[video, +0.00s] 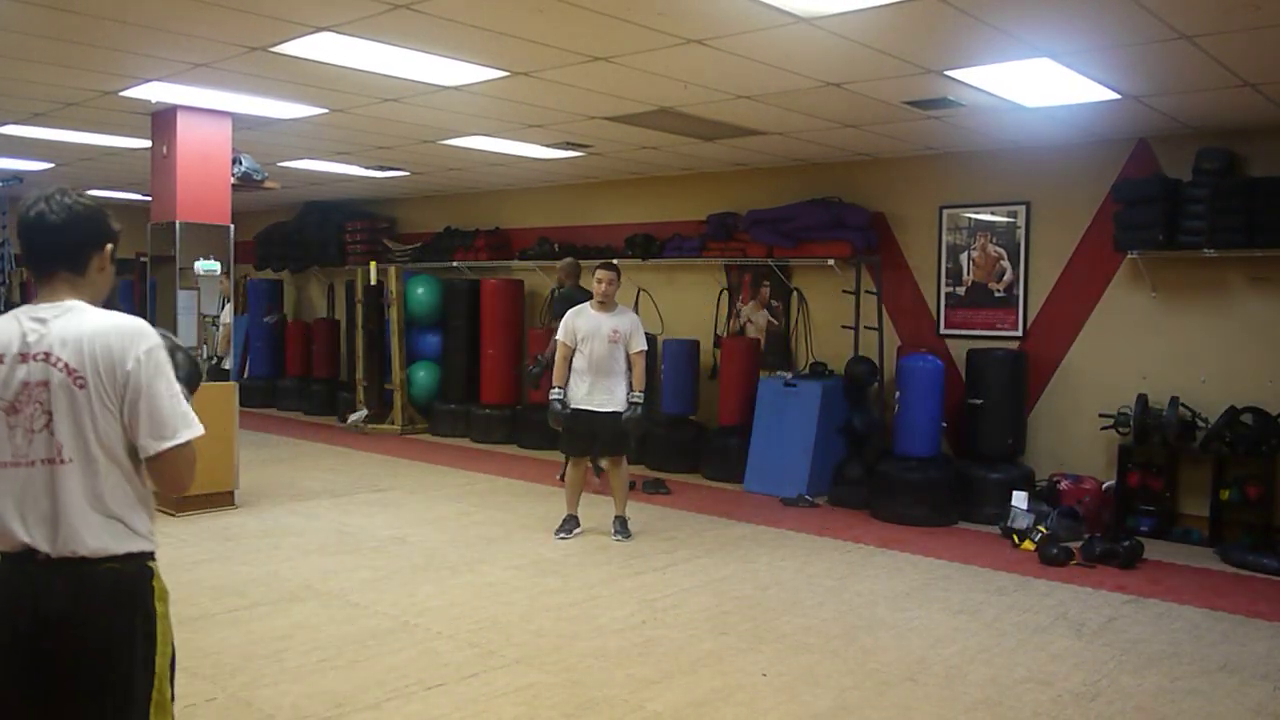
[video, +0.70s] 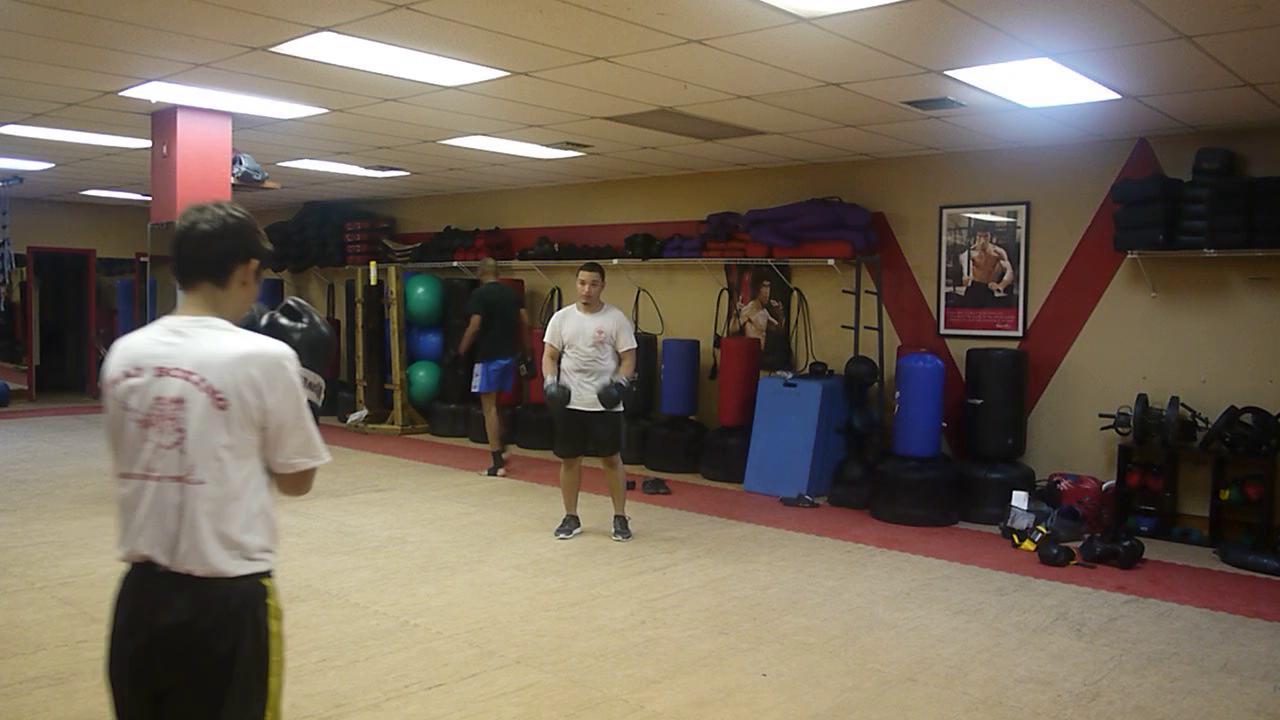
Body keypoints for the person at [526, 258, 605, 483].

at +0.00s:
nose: (556, 277)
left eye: (558, 273)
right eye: (558, 273)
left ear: (564, 275)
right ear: (578, 275)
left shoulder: (560, 297)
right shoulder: (587, 297)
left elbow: (559, 335)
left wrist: (542, 360)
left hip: (568, 361)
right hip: (587, 360)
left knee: (570, 415)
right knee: (586, 414)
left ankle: (570, 464)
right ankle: (595, 460)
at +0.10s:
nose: (547, 274)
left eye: (548, 271)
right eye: (548, 271)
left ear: (552, 273)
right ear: (568, 273)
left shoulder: (552, 296)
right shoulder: (581, 295)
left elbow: (551, 328)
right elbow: (585, 329)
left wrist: (541, 358)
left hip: (555, 361)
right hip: (577, 360)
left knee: (538, 411)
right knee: (569, 412)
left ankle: (565, 445)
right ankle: (569, 464)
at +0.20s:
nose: (536, 275)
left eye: (537, 272)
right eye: (537, 272)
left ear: (541, 273)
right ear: (557, 272)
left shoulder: (543, 295)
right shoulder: (572, 294)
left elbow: (545, 328)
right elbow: (576, 329)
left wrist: (535, 358)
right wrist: (573, 355)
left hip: (545, 361)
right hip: (567, 360)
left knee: (523, 407)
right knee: (564, 409)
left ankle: (536, 448)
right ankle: (568, 460)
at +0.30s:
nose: (524, 277)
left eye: (526, 273)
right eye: (526, 273)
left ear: (530, 275)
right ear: (544, 274)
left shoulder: (530, 296)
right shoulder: (558, 294)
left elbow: (532, 332)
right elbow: (569, 325)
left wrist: (524, 363)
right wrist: (567, 356)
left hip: (534, 366)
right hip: (557, 365)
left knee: (514, 408)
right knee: (558, 413)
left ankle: (507, 461)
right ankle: (567, 463)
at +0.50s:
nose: (497, 281)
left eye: (498, 277)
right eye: (498, 277)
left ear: (503, 278)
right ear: (517, 276)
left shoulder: (502, 299)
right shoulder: (533, 295)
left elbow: (501, 331)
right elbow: (548, 324)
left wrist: (494, 360)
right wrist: (544, 349)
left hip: (508, 361)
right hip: (532, 359)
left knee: (496, 408)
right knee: (526, 407)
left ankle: (498, 464)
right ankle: (549, 449)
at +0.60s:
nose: (489, 277)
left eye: (489, 274)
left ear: (490, 274)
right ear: (507, 272)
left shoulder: (490, 295)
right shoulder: (521, 293)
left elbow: (487, 325)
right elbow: (535, 320)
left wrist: (478, 350)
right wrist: (534, 345)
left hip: (496, 358)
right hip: (518, 356)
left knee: (493, 408)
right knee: (509, 404)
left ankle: (497, 463)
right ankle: (525, 442)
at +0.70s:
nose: (480, 277)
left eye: (479, 274)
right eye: (484, 273)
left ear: (480, 274)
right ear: (497, 273)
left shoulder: (480, 294)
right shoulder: (510, 292)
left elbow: (475, 325)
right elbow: (525, 320)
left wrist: (462, 349)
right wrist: (527, 350)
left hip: (488, 357)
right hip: (508, 355)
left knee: (489, 407)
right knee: (494, 404)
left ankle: (497, 461)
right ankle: (499, 448)